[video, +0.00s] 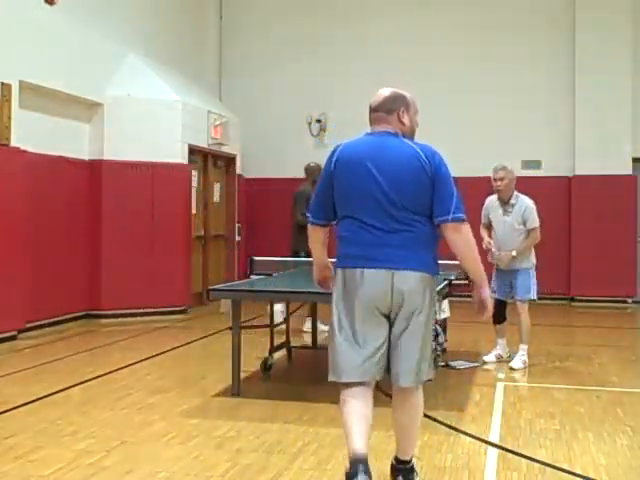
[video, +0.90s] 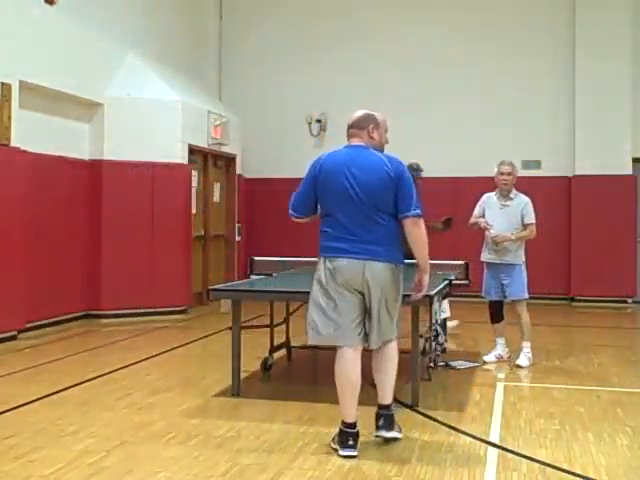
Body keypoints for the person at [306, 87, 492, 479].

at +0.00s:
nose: (417, 125)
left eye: (415, 118)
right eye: (415, 118)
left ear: (372, 118)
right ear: (403, 116)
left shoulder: (342, 154)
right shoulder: (427, 157)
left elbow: (318, 220)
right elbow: (454, 226)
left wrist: (320, 262)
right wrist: (480, 280)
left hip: (357, 276)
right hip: (415, 278)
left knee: (356, 378)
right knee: (409, 379)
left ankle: (358, 465)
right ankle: (405, 466)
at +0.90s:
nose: (386, 139)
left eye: (386, 133)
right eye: (385, 133)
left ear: (350, 132)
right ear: (373, 131)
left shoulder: (323, 163)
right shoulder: (393, 167)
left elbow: (299, 213)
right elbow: (412, 221)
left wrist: (329, 206)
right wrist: (424, 267)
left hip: (338, 266)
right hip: (383, 268)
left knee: (348, 346)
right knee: (385, 340)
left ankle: (348, 434)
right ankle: (385, 418)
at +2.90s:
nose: (348, 146)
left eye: (345, 143)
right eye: (356, 142)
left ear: (342, 148)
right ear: (366, 153)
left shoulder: (333, 164)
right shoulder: (381, 182)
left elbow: (314, 204)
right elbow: (384, 233)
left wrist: (302, 232)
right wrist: (378, 267)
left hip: (332, 251)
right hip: (368, 257)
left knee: (319, 323)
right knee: (359, 328)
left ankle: (327, 394)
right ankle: (354, 398)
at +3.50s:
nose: (302, 152)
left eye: (302, 148)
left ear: (304, 150)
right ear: (329, 148)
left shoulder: (300, 171)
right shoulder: (351, 175)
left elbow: (284, 218)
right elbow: (369, 222)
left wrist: (265, 257)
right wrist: (352, 245)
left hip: (307, 259)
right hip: (343, 260)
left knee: (299, 328)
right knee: (344, 330)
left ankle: (293, 402)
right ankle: (352, 398)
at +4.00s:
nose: (257, 162)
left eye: (256, 158)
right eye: (256, 158)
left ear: (260, 151)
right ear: (281, 145)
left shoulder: (267, 172)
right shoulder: (312, 172)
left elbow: (255, 222)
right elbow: (325, 216)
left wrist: (240, 261)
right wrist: (307, 241)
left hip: (282, 258)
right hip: (311, 257)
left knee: (286, 331)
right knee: (301, 329)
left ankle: (292, 402)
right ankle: (302, 389)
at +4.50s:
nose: (222, 166)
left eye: (220, 162)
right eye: (220, 163)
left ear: (224, 155)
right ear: (243, 150)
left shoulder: (236, 167)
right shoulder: (270, 173)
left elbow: (239, 204)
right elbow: (290, 215)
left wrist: (226, 243)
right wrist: (273, 245)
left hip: (252, 255)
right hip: (276, 254)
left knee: (244, 327)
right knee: (259, 328)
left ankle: (281, 390)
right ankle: (244, 391)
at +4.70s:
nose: (207, 168)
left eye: (205, 164)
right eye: (206, 164)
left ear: (210, 156)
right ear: (228, 150)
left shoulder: (223, 164)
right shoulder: (254, 171)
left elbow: (232, 190)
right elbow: (278, 211)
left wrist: (219, 223)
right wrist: (263, 241)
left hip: (241, 251)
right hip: (264, 252)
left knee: (210, 318)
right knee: (251, 322)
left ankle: (243, 378)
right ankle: (247, 387)